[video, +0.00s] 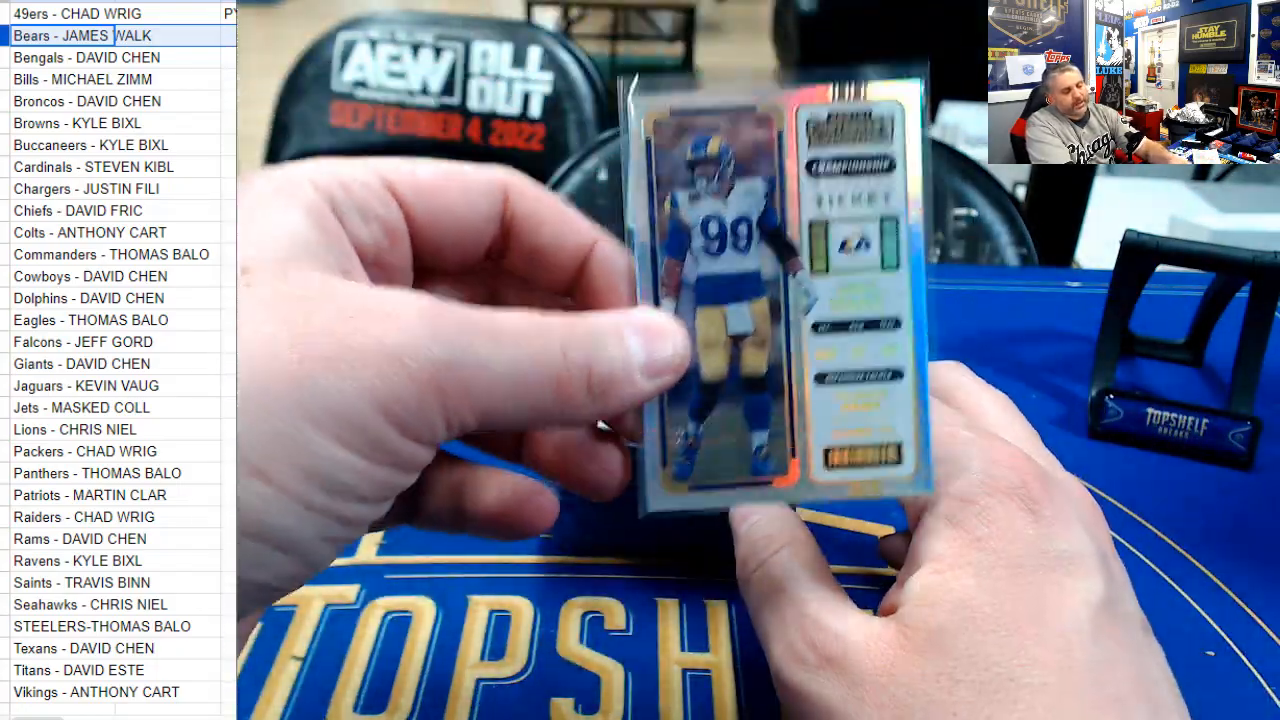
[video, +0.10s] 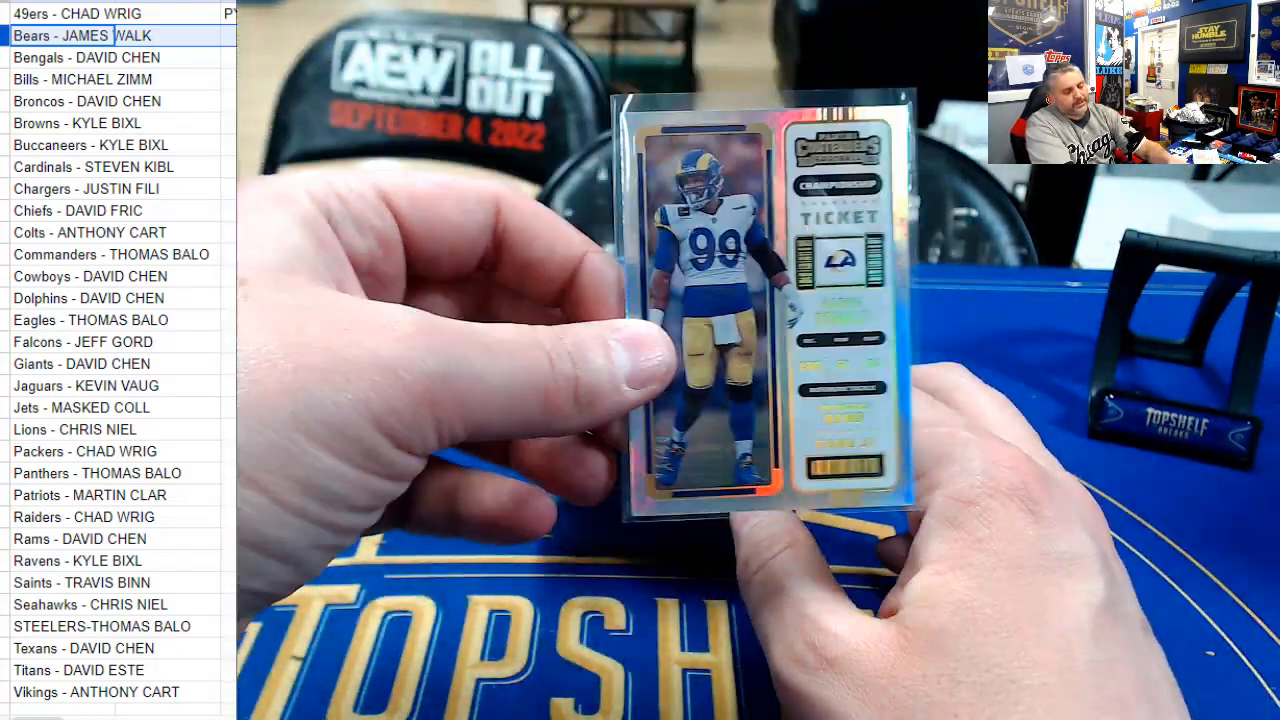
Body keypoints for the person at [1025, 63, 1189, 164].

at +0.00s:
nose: (1078, 95)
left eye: (1079, 85)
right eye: (1067, 91)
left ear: (1085, 84)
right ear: (1050, 100)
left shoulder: (1105, 114)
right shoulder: (1040, 124)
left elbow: (1146, 147)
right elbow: (1061, 178)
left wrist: (1177, 163)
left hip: (1114, 188)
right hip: (1071, 198)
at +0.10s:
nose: (1079, 95)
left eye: (1080, 86)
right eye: (1068, 92)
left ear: (1086, 85)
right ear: (1051, 100)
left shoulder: (1104, 114)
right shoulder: (1040, 124)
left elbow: (1146, 148)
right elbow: (1062, 176)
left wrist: (1174, 163)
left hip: (1113, 188)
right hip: (1071, 198)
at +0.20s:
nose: (1079, 95)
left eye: (1081, 86)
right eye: (1068, 92)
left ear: (1086, 85)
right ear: (1051, 100)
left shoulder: (1104, 114)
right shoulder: (1040, 124)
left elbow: (1146, 148)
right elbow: (1061, 176)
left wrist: (1174, 163)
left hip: (1113, 188)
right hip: (1071, 198)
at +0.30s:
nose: (1079, 95)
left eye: (1081, 86)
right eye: (1068, 92)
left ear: (1087, 84)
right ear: (1051, 99)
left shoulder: (1104, 114)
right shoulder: (1040, 124)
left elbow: (1146, 148)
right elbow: (1061, 178)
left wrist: (1180, 163)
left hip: (1114, 189)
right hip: (1070, 198)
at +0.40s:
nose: (1079, 95)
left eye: (1081, 86)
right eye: (1068, 91)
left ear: (1087, 86)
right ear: (1051, 99)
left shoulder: (1103, 113)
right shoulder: (1040, 125)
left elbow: (1146, 149)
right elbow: (1061, 177)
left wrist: (1184, 161)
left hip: (1112, 187)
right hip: (1072, 198)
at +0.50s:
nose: (1079, 95)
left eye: (1080, 86)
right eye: (1068, 91)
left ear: (1086, 86)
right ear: (1051, 100)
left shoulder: (1102, 113)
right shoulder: (1040, 124)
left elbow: (1148, 148)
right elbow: (1063, 177)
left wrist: (1190, 163)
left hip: (1112, 186)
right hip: (1072, 197)